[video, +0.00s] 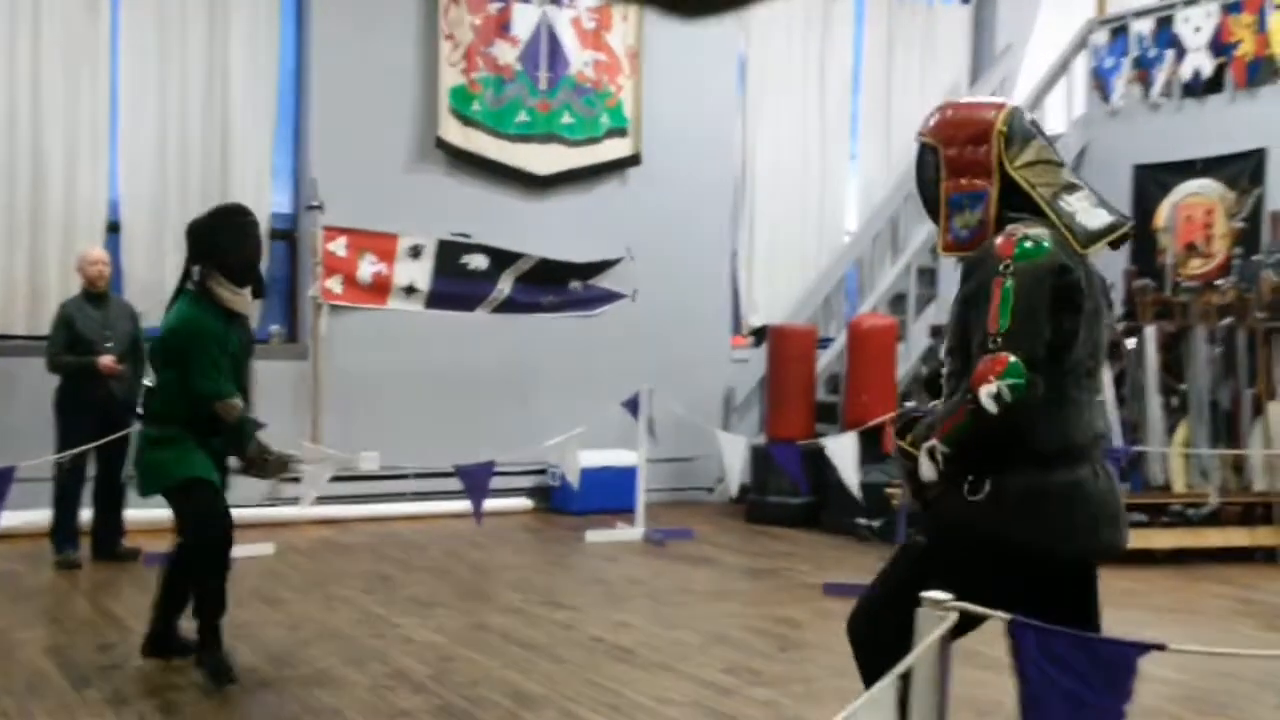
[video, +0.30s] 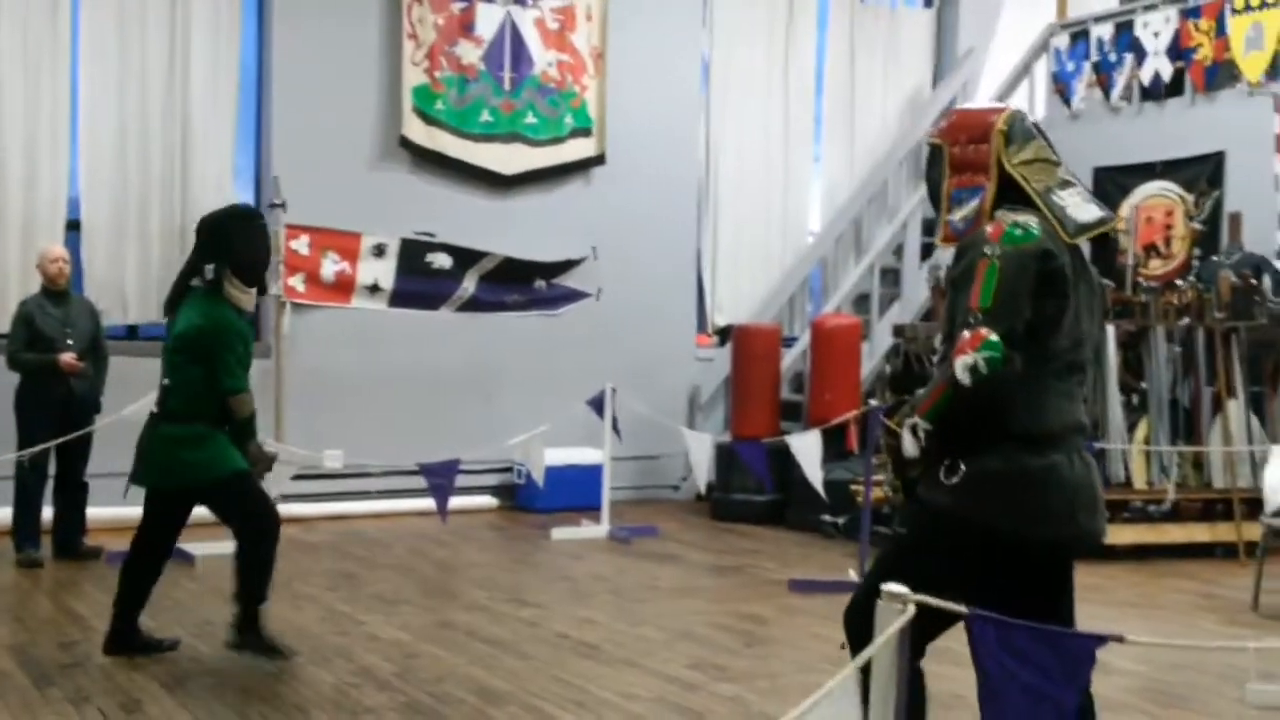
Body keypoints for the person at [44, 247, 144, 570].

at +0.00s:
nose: (100, 269)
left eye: (105, 264)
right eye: (94, 263)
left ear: (111, 269)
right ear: (81, 270)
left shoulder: (125, 311)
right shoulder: (69, 311)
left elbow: (137, 359)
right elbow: (54, 360)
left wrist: (130, 396)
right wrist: (93, 361)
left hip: (117, 404)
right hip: (77, 404)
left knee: (111, 477)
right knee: (70, 475)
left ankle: (108, 542)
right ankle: (66, 546)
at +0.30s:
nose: (61, 266)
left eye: (65, 261)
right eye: (54, 261)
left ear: (71, 268)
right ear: (40, 268)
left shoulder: (85, 308)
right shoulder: (29, 309)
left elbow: (99, 354)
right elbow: (14, 356)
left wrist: (93, 392)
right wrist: (54, 360)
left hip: (78, 403)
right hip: (37, 404)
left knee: (73, 476)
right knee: (32, 474)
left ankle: (69, 542)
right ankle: (27, 545)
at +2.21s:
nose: (27, 262)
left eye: (30, 256)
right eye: (19, 257)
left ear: (36, 262)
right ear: (5, 265)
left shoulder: (49, 304)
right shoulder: (2, 303)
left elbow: (64, 351)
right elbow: (1, 352)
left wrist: (58, 390)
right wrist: (19, 358)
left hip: (41, 402)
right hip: (5, 402)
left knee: (36, 476)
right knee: (2, 475)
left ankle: (32, 541)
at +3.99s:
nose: (21, 263)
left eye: (24, 257)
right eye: (13, 257)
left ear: (30, 264)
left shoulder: (41, 305)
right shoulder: (1, 303)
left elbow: (56, 351)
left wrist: (52, 389)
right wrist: (15, 360)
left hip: (37, 400)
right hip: (2, 402)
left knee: (45, 469)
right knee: (1, 474)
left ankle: (33, 538)